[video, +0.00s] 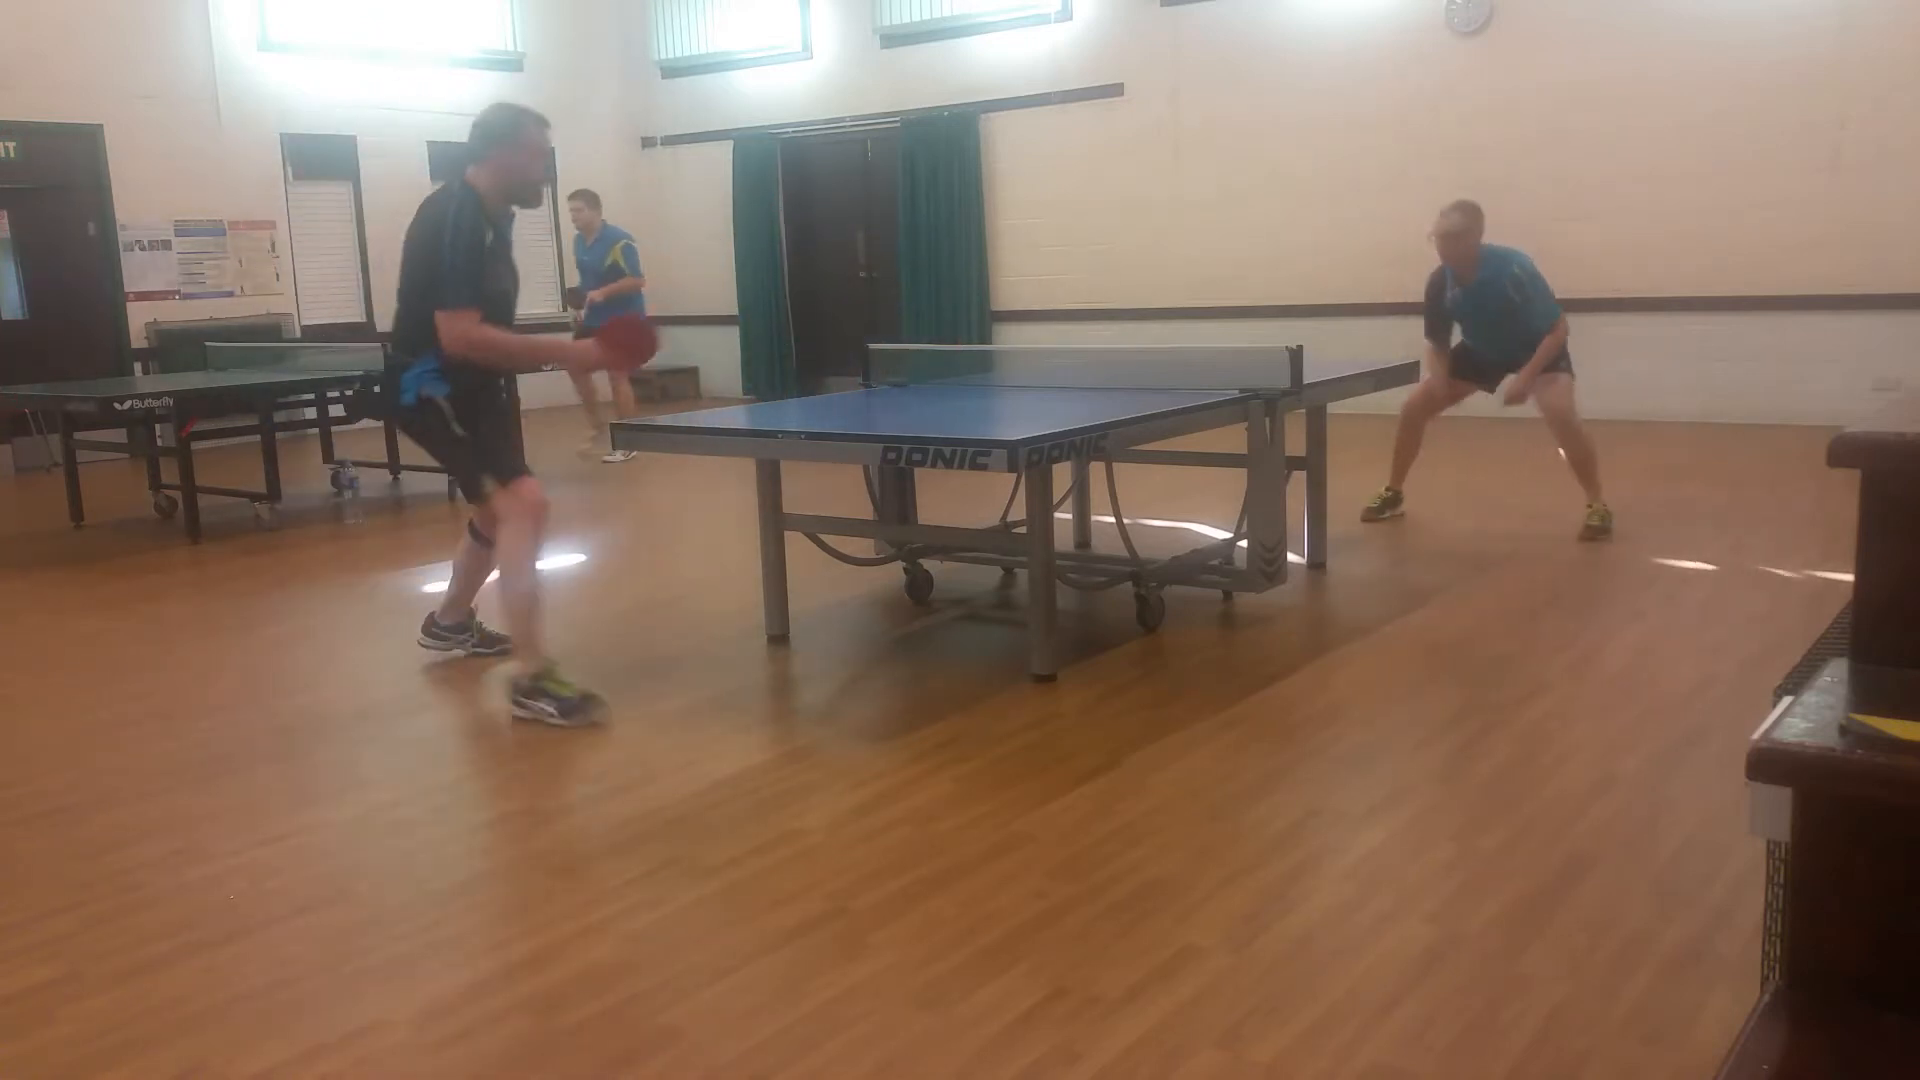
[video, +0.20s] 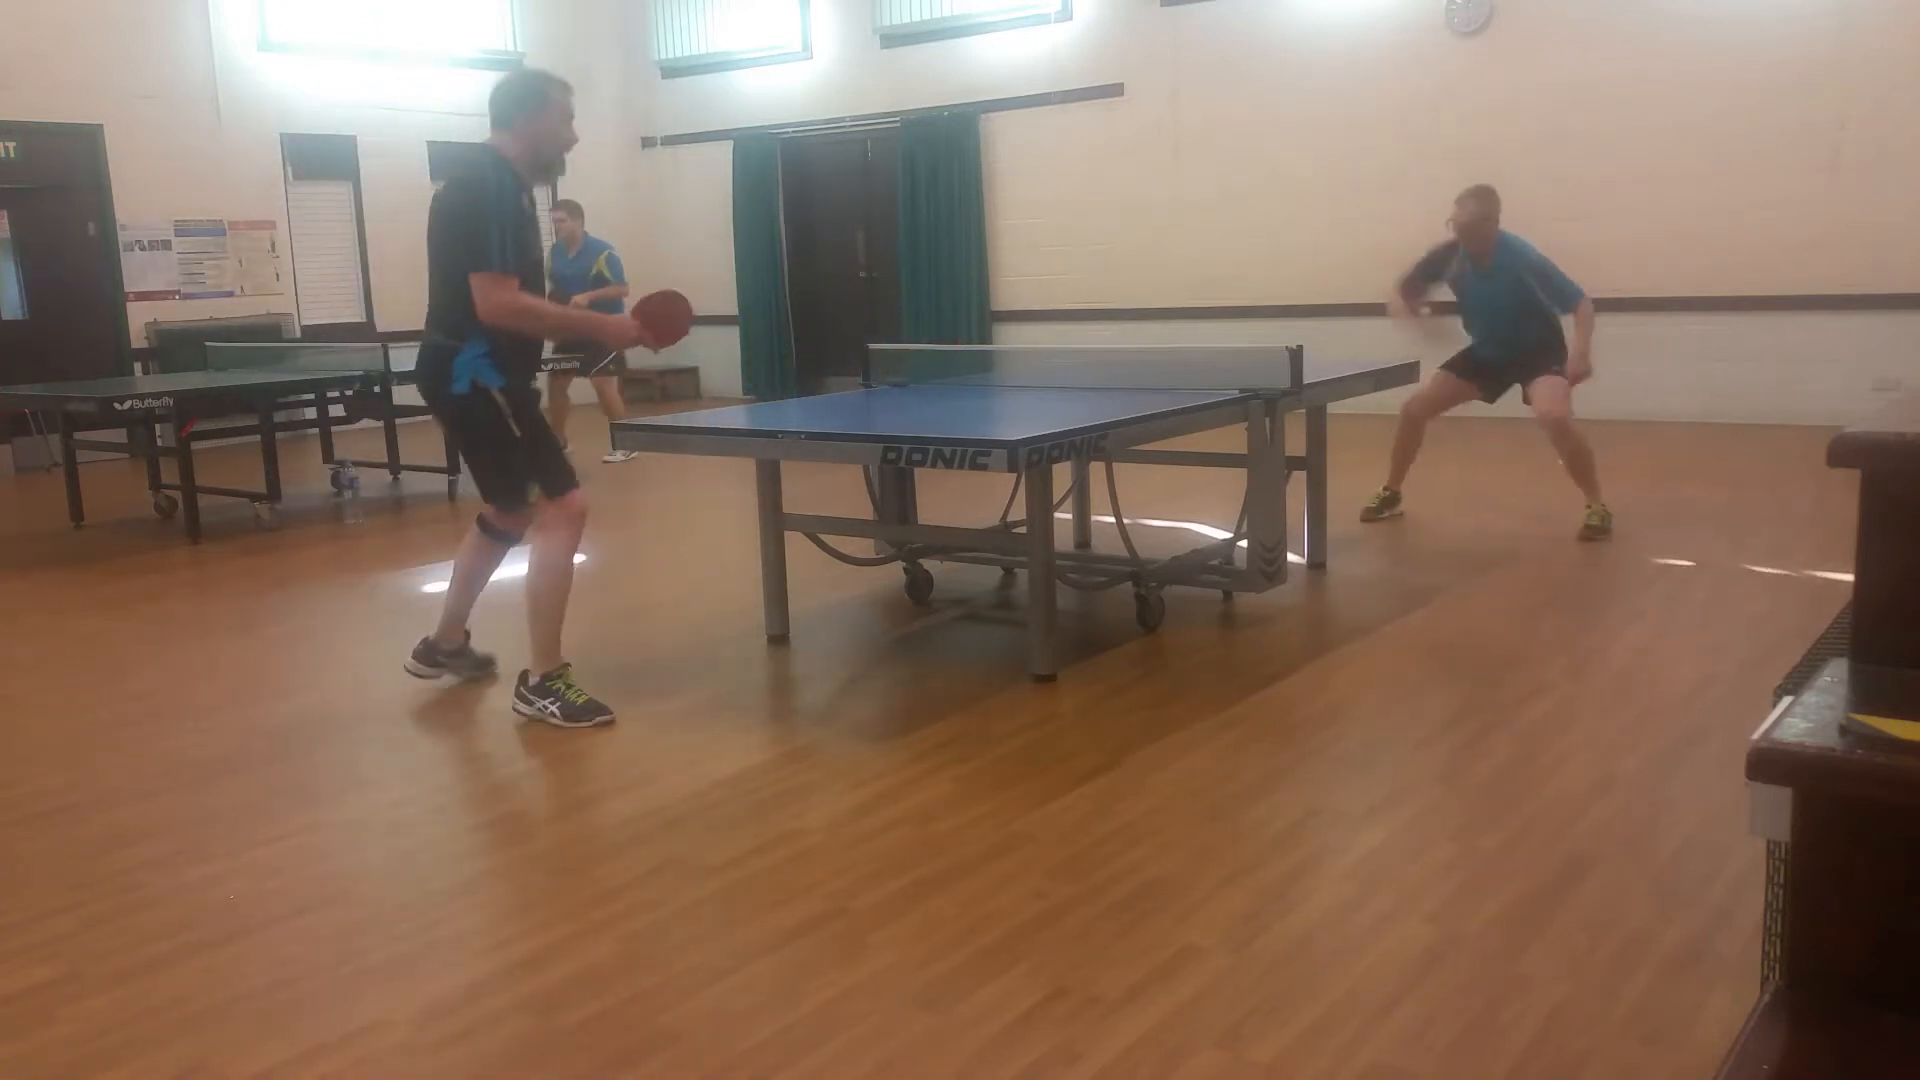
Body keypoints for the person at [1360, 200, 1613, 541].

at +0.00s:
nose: (1439, 246)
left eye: (1448, 238)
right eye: (1437, 238)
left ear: (1472, 240)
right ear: (1434, 239)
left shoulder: (1515, 268)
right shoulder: (1440, 284)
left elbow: (1558, 330)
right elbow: (1437, 342)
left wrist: (1525, 378)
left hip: (1537, 351)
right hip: (1482, 354)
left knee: (1559, 414)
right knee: (1415, 406)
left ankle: (1596, 504)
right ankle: (1393, 492)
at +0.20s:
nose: (1457, 231)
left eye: (1465, 225)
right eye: (1456, 223)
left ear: (1490, 224)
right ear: (1455, 221)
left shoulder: (1521, 257)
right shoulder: (1450, 256)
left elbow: (1581, 303)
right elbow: (1407, 288)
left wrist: (1580, 355)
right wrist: (1408, 308)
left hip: (1540, 352)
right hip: (1488, 353)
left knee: (1554, 419)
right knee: (1415, 408)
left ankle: (1596, 506)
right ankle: (1391, 492)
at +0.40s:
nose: (1460, 193)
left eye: (1470, 185)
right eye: (1458, 185)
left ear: (1493, 188)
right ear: (1455, 186)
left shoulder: (1517, 231)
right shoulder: (1473, 229)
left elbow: (1568, 283)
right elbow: (1488, 275)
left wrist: (1566, 337)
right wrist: (1454, 282)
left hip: (1541, 344)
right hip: (1496, 341)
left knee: (1547, 421)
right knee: (1432, 400)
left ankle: (1595, 507)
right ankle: (1404, 482)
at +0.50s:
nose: (1454, 183)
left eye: (1462, 176)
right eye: (1453, 176)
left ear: (1486, 179)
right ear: (1459, 179)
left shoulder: (1513, 223)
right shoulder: (1476, 220)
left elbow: (1559, 277)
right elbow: (1500, 277)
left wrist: (1544, 325)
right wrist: (1472, 306)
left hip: (1541, 333)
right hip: (1497, 335)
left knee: (1546, 419)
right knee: (1435, 400)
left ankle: (1595, 506)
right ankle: (1447, 475)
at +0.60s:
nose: (1450, 177)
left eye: (1459, 170)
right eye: (1447, 170)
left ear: (1481, 173)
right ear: (1447, 174)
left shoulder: (1504, 215)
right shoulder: (1465, 221)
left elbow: (1545, 269)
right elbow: (1471, 282)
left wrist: (1524, 316)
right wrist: (1434, 309)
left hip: (1532, 329)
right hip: (1490, 334)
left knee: (1543, 415)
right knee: (1448, 409)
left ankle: (1593, 504)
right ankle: (1477, 481)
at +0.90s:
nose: (1414, 156)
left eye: (1421, 148)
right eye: (1413, 149)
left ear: (1444, 149)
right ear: (1425, 153)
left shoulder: (1469, 188)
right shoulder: (1436, 199)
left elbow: (1500, 237)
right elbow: (1425, 266)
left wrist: (1473, 290)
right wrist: (1388, 287)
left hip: (1494, 305)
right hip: (1457, 310)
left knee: (1484, 405)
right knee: (1428, 391)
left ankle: (1549, 471)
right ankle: (1461, 469)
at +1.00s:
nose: (1403, 168)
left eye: (1411, 160)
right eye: (1401, 161)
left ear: (1432, 162)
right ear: (1403, 165)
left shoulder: (1453, 201)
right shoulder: (1428, 208)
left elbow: (1473, 256)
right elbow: (1427, 272)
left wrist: (1440, 306)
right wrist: (1388, 298)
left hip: (1484, 312)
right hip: (1454, 315)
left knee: (1484, 412)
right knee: (1412, 389)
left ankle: (1554, 475)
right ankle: (1414, 474)